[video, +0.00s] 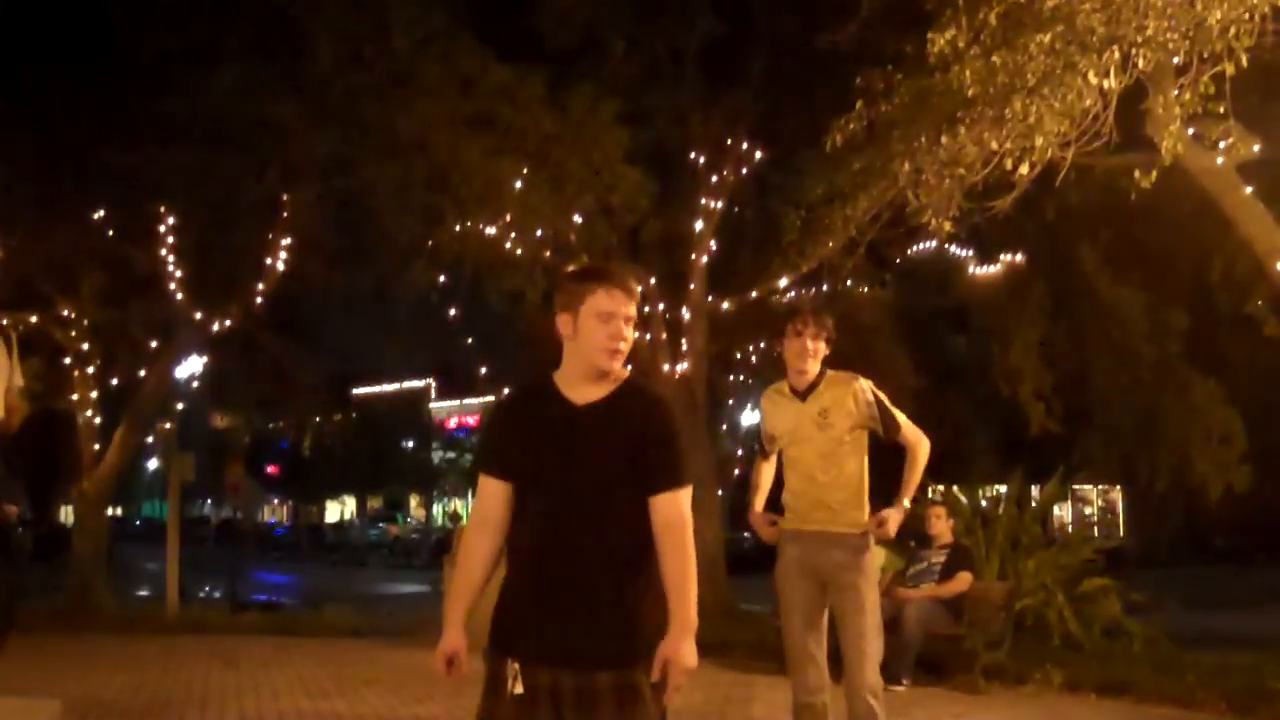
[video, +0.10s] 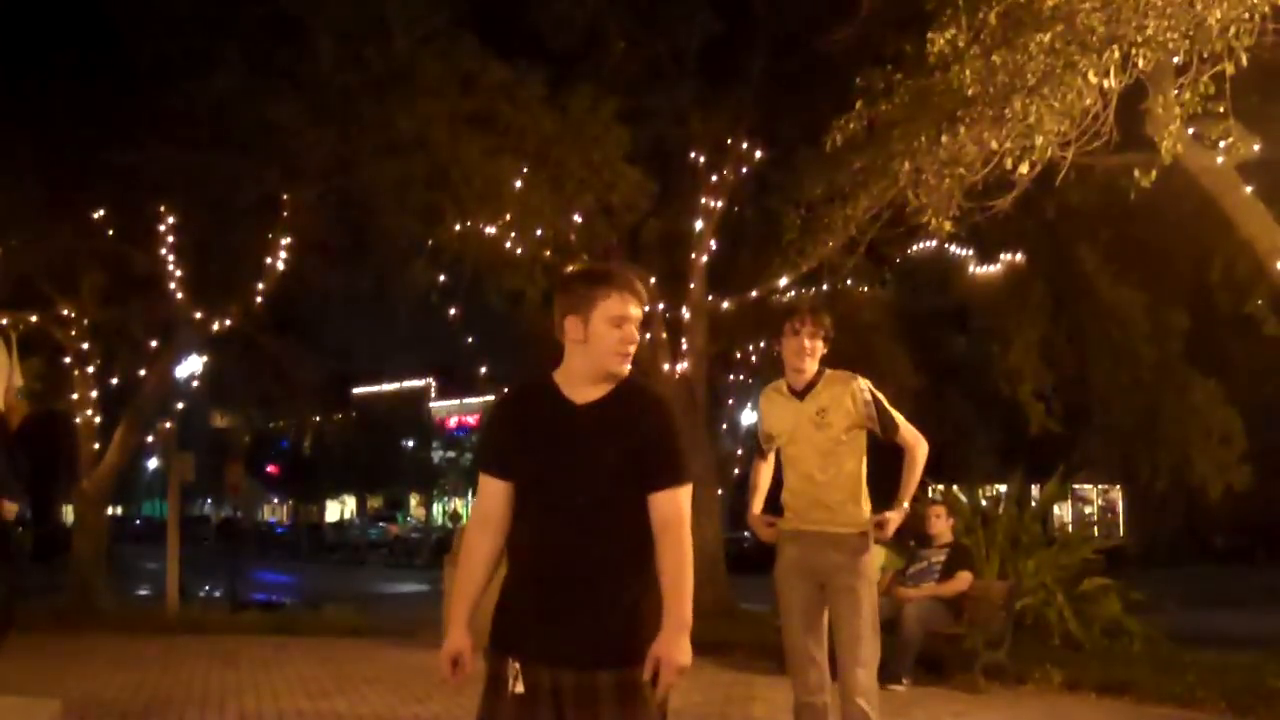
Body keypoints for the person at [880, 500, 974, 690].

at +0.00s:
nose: (932, 522)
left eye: (937, 517)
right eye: (929, 518)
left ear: (950, 523)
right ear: (924, 522)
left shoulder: (960, 551)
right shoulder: (918, 552)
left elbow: (962, 583)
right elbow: (898, 578)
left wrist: (916, 593)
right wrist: (897, 592)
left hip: (943, 609)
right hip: (909, 603)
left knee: (912, 609)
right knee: (876, 607)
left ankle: (902, 674)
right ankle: (867, 670)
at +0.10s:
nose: (931, 522)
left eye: (937, 517)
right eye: (928, 518)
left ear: (950, 522)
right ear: (924, 522)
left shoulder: (960, 551)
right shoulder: (917, 553)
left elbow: (962, 583)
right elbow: (895, 584)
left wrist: (919, 592)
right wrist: (906, 593)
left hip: (943, 606)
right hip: (909, 603)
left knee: (911, 610)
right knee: (874, 607)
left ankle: (902, 674)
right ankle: (864, 670)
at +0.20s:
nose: (931, 521)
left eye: (937, 517)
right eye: (928, 517)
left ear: (950, 522)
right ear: (924, 522)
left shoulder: (960, 550)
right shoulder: (917, 552)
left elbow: (962, 583)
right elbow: (895, 582)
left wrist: (919, 592)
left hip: (943, 606)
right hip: (910, 603)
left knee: (911, 610)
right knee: (872, 606)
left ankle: (902, 674)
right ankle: (862, 669)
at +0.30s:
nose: (927, 529)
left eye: (933, 523)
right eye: (924, 523)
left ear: (946, 526)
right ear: (919, 527)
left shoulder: (955, 557)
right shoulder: (913, 554)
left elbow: (957, 588)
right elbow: (896, 579)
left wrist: (911, 598)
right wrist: (886, 590)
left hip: (937, 613)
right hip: (903, 607)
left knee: (907, 614)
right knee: (864, 612)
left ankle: (898, 679)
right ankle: (859, 674)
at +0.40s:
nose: (899, 537)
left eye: (905, 531)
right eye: (897, 532)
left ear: (918, 535)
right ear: (891, 536)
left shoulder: (928, 567)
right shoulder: (885, 567)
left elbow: (929, 598)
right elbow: (865, 597)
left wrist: (883, 608)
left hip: (911, 626)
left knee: (881, 622)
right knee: (841, 620)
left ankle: (872, 688)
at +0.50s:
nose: (896, 559)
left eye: (901, 552)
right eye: (893, 553)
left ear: (915, 555)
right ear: (888, 557)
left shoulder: (924, 586)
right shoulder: (879, 586)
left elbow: (924, 618)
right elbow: (860, 620)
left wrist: (877, 627)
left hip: (908, 649)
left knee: (877, 639)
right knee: (840, 637)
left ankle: (871, 706)